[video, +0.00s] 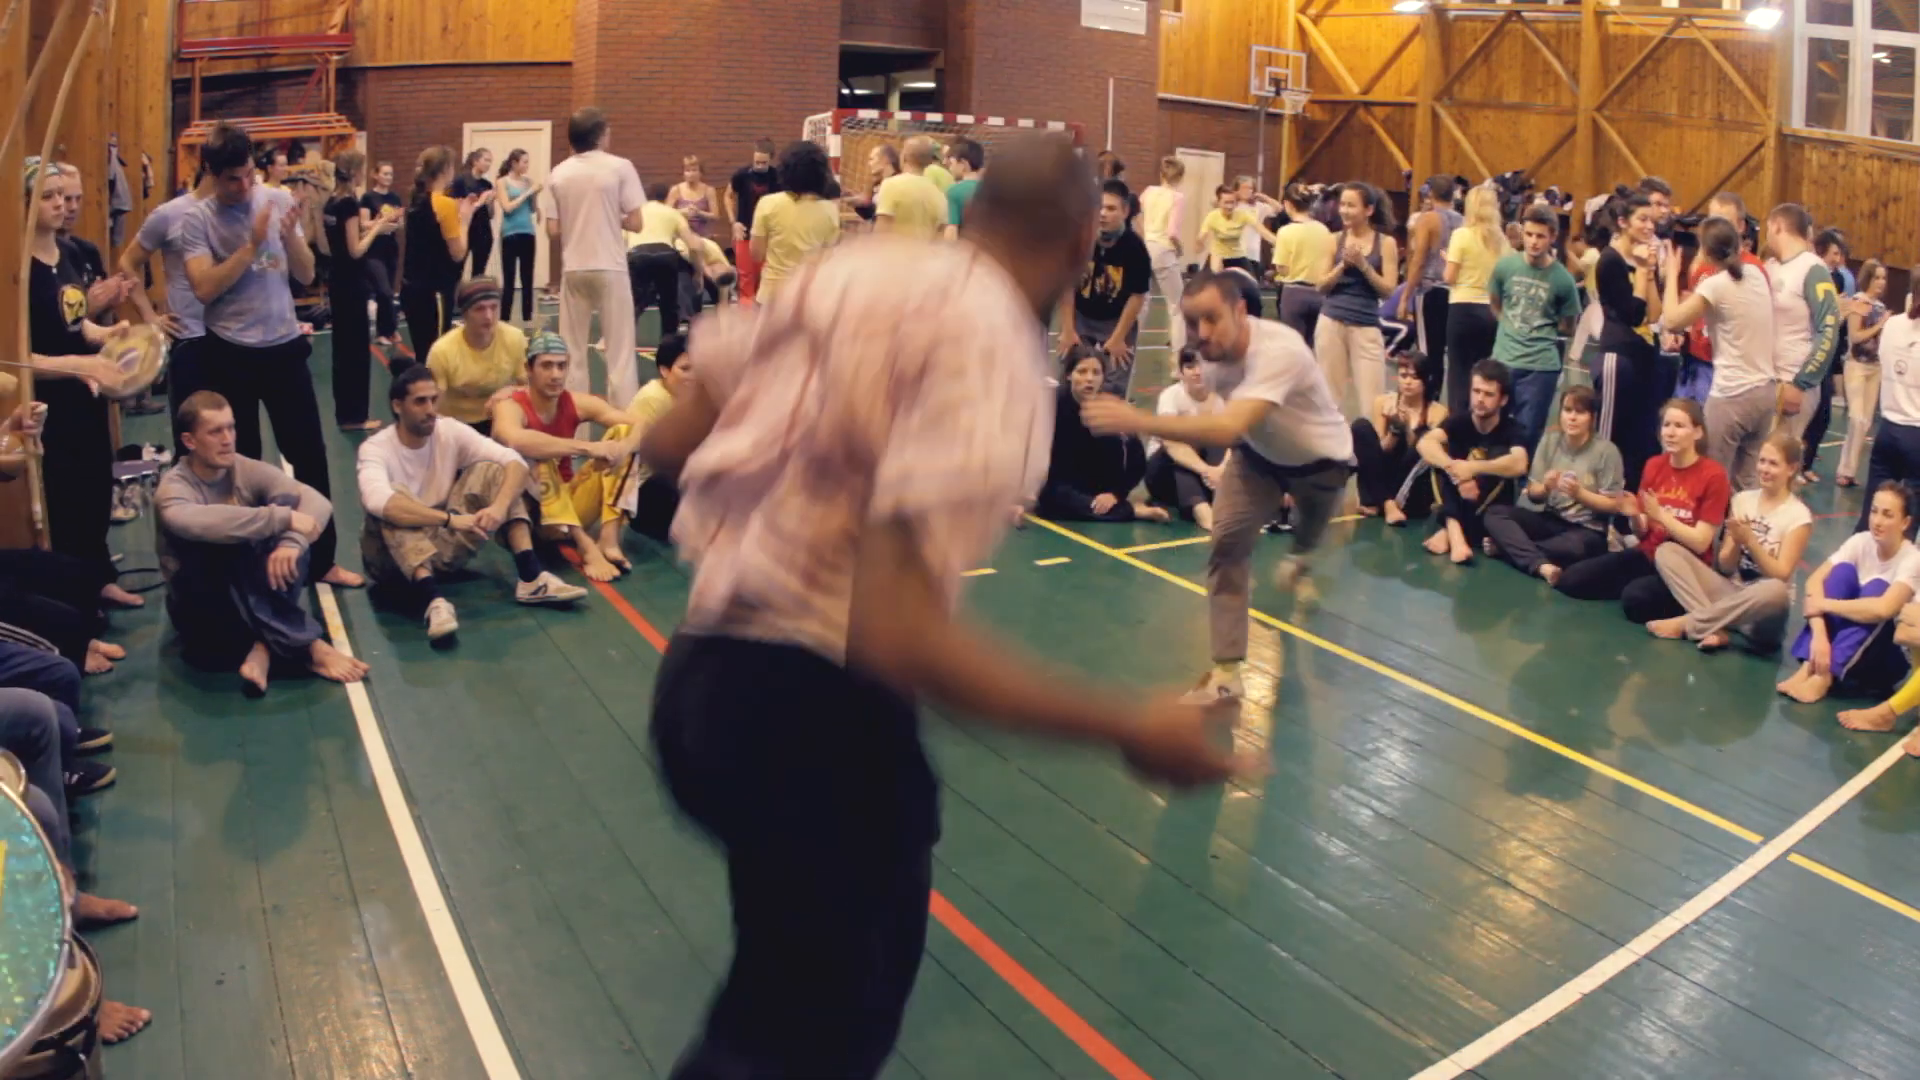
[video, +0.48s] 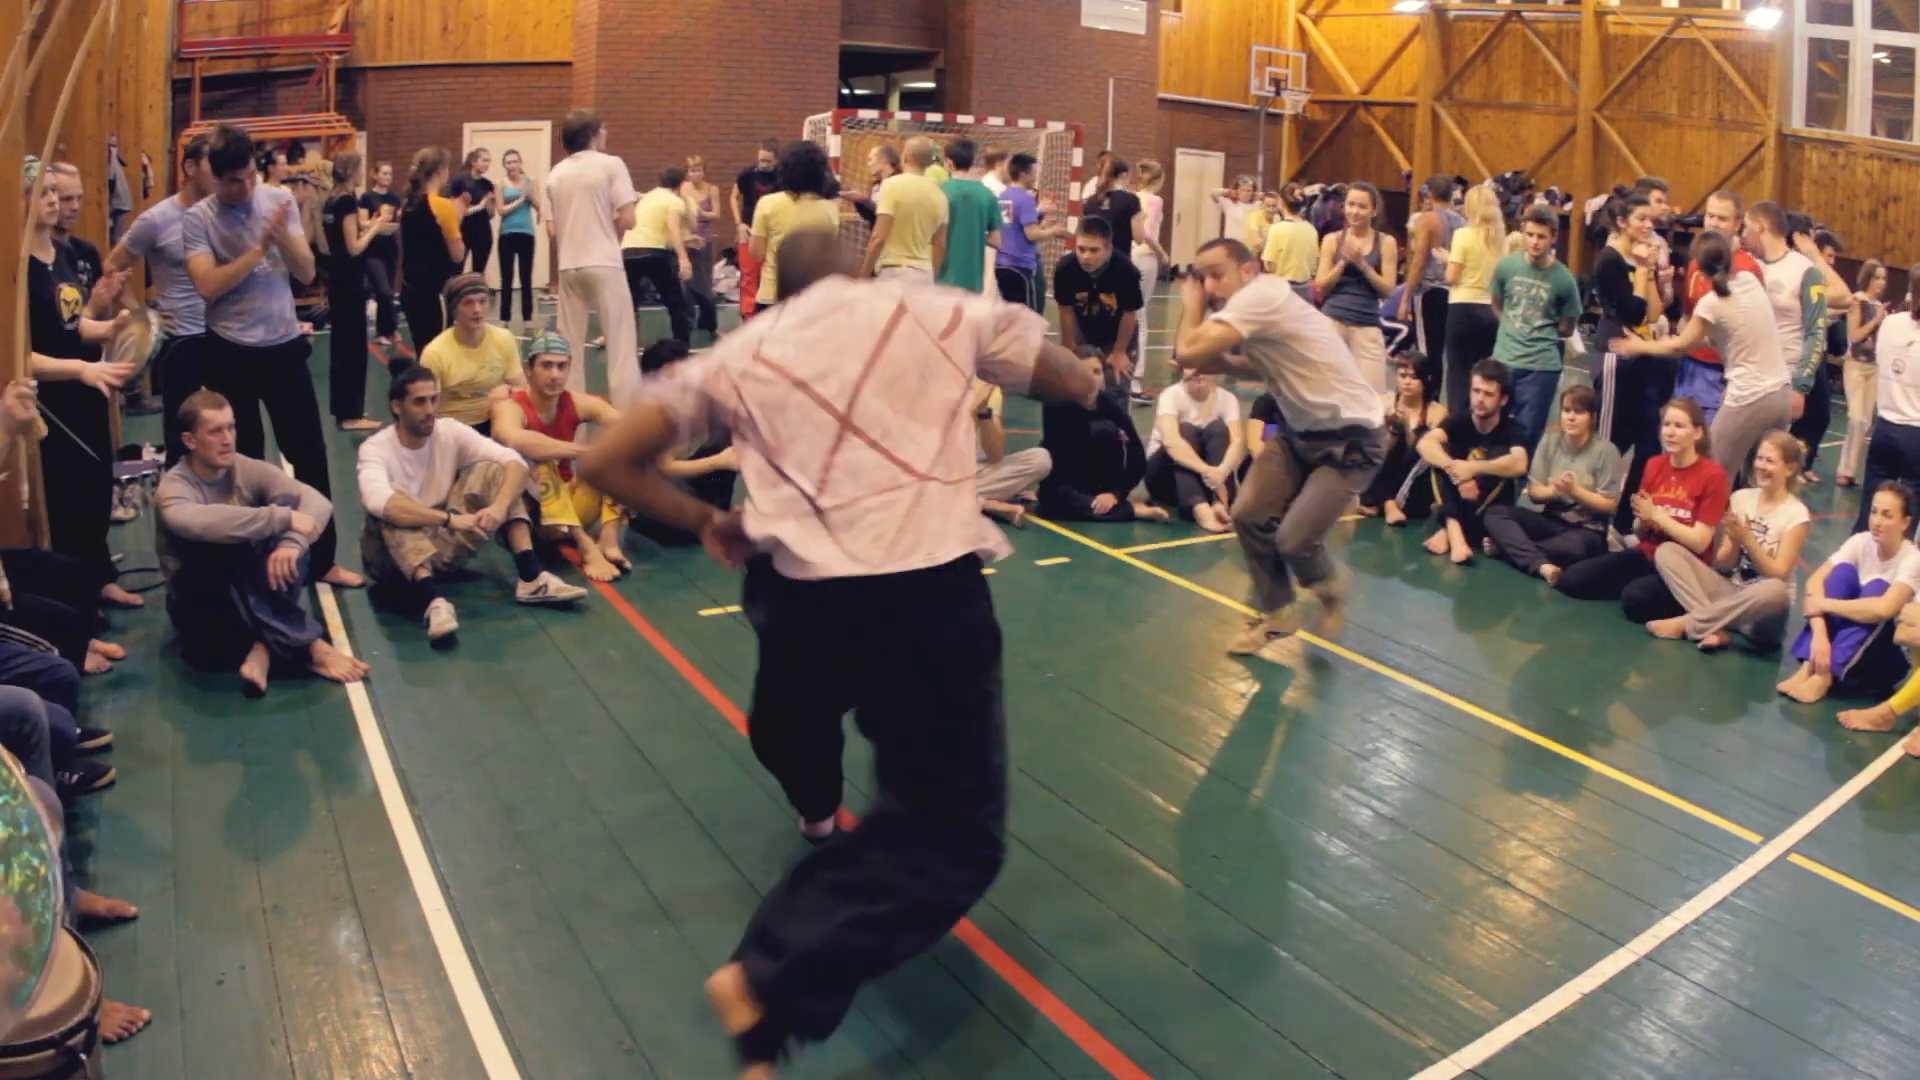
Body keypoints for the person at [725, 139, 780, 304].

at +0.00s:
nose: (760, 166)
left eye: (763, 162)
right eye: (757, 162)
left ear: (771, 159)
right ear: (752, 158)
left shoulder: (777, 177)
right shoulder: (741, 176)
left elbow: (783, 202)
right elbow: (728, 196)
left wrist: (777, 223)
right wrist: (734, 221)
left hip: (769, 230)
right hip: (746, 231)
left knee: (769, 271)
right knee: (746, 274)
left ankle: (768, 308)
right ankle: (746, 308)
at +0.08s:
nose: (761, 167)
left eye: (765, 163)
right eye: (759, 162)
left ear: (773, 160)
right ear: (754, 159)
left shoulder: (779, 178)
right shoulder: (743, 177)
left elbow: (786, 204)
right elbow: (729, 196)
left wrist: (780, 225)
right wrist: (734, 223)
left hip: (771, 231)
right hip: (747, 231)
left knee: (769, 271)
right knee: (748, 273)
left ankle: (768, 311)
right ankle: (747, 312)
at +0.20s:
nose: (763, 167)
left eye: (767, 163)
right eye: (760, 162)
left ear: (775, 160)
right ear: (756, 159)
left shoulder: (781, 178)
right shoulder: (745, 177)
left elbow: (787, 205)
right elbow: (731, 196)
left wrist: (781, 226)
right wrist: (735, 224)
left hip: (772, 231)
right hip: (748, 231)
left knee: (770, 272)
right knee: (748, 273)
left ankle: (768, 309)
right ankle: (748, 310)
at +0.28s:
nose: (764, 167)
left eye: (768, 163)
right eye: (761, 162)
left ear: (776, 161)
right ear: (757, 158)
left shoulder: (782, 177)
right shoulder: (746, 177)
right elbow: (732, 196)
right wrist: (734, 224)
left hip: (774, 234)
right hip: (748, 234)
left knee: (771, 278)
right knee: (748, 278)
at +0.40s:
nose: (764, 166)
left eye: (768, 163)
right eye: (762, 162)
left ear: (776, 160)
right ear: (758, 158)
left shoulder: (782, 177)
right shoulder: (747, 176)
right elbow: (734, 197)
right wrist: (737, 221)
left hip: (774, 229)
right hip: (750, 229)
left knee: (772, 272)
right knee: (749, 273)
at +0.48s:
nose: (763, 165)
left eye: (767, 161)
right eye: (760, 160)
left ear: (776, 159)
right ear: (756, 157)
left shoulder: (783, 177)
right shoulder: (746, 176)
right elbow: (734, 197)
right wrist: (739, 223)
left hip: (774, 228)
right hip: (750, 228)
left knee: (772, 270)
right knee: (749, 272)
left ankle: (771, 309)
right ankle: (748, 311)